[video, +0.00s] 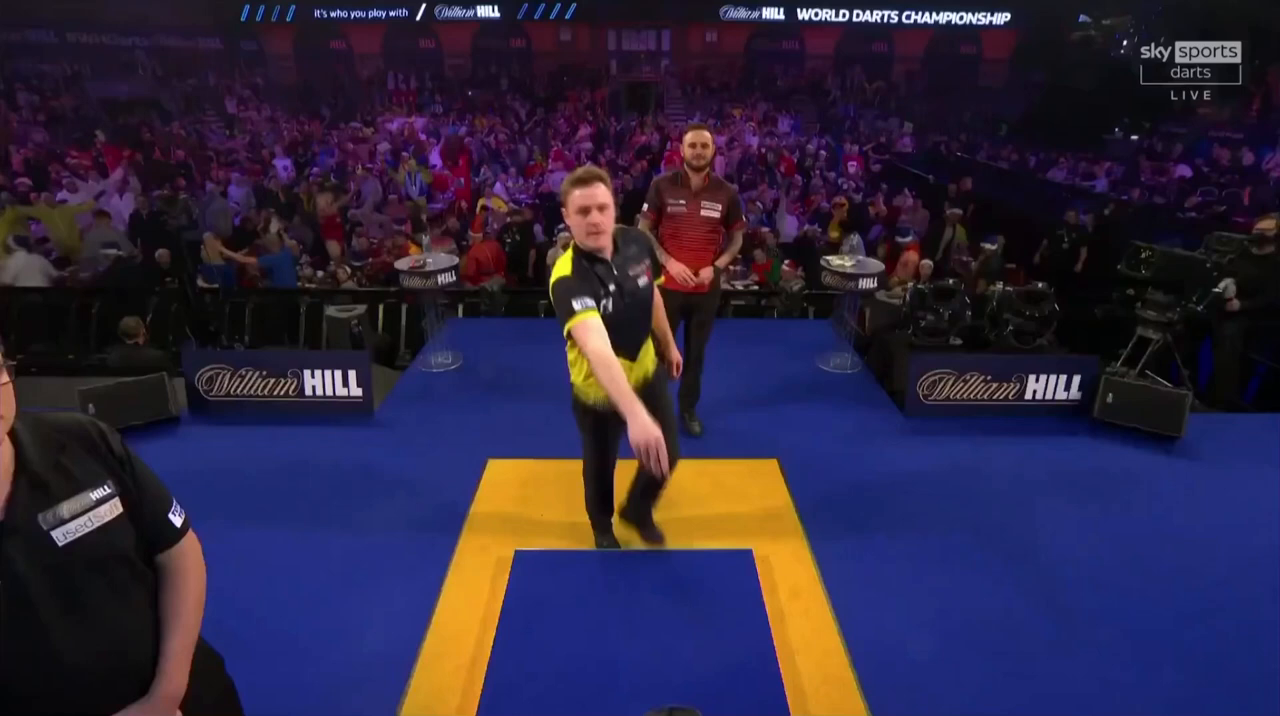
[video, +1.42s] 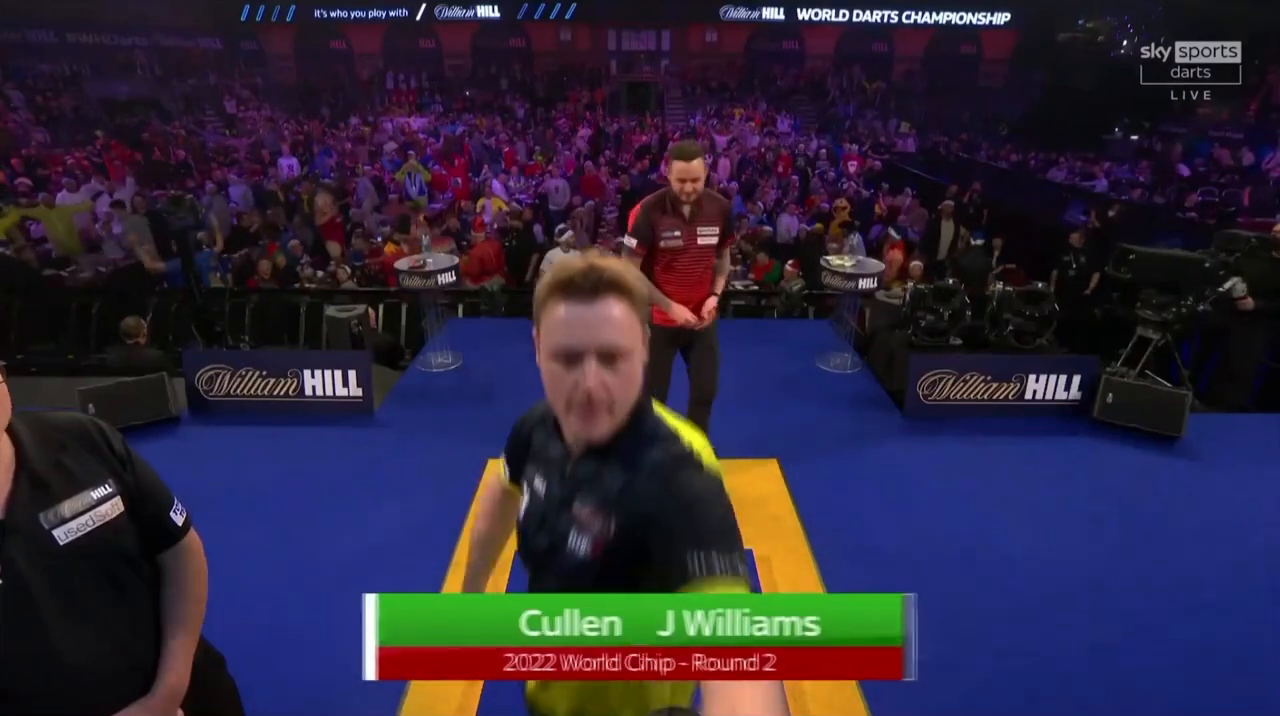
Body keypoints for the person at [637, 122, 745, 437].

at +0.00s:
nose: (698, 151)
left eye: (704, 146)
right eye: (692, 145)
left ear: (713, 151)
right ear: (682, 150)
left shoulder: (726, 193)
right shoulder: (662, 186)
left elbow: (737, 237)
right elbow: (643, 227)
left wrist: (716, 267)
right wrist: (667, 261)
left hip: (704, 288)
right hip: (668, 286)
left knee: (696, 353)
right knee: (660, 350)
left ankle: (688, 409)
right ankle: (653, 410)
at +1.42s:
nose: (688, 188)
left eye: (695, 181)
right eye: (681, 180)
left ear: (705, 174)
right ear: (668, 174)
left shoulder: (719, 208)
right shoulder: (648, 212)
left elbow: (723, 256)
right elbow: (628, 271)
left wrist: (714, 295)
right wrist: (671, 308)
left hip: (702, 320)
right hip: (661, 322)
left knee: (705, 394)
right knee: (654, 396)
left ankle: (694, 463)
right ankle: (651, 461)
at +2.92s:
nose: (693, 179)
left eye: (699, 170)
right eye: (682, 173)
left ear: (711, 174)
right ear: (666, 179)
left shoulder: (727, 219)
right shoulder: (661, 233)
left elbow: (739, 277)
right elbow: (649, 300)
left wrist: (749, 334)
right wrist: (668, 268)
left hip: (727, 346)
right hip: (685, 356)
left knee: (726, 410)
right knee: (680, 442)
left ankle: (713, 460)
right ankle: (674, 517)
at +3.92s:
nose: (696, 187)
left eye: (704, 178)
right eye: (685, 180)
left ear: (715, 181)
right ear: (669, 186)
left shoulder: (727, 230)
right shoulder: (661, 241)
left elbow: (736, 287)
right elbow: (672, 286)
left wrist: (745, 344)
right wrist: (690, 321)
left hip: (725, 352)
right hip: (680, 357)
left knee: (726, 413)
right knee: (678, 446)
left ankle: (719, 457)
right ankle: (674, 517)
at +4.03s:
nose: (696, 188)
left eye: (703, 178)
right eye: (685, 180)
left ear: (714, 182)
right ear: (669, 187)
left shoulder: (727, 231)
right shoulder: (660, 243)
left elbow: (737, 288)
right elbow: (677, 310)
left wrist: (745, 345)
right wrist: (705, 364)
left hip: (723, 353)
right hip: (680, 361)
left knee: (723, 416)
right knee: (677, 445)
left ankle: (715, 460)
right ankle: (674, 516)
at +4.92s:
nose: (692, 186)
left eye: (699, 177)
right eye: (682, 178)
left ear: (711, 182)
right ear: (666, 184)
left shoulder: (727, 228)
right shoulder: (653, 243)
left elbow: (740, 285)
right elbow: (636, 315)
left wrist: (745, 343)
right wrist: (665, 335)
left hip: (722, 355)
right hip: (679, 365)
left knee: (728, 409)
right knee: (677, 447)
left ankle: (715, 460)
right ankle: (673, 520)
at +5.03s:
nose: (689, 185)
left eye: (697, 176)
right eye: (678, 177)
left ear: (709, 180)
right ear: (663, 184)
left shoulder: (725, 227)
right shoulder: (652, 241)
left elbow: (740, 285)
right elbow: (635, 306)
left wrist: (745, 343)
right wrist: (657, 288)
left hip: (723, 353)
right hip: (680, 363)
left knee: (730, 410)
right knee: (677, 446)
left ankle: (715, 460)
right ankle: (674, 520)